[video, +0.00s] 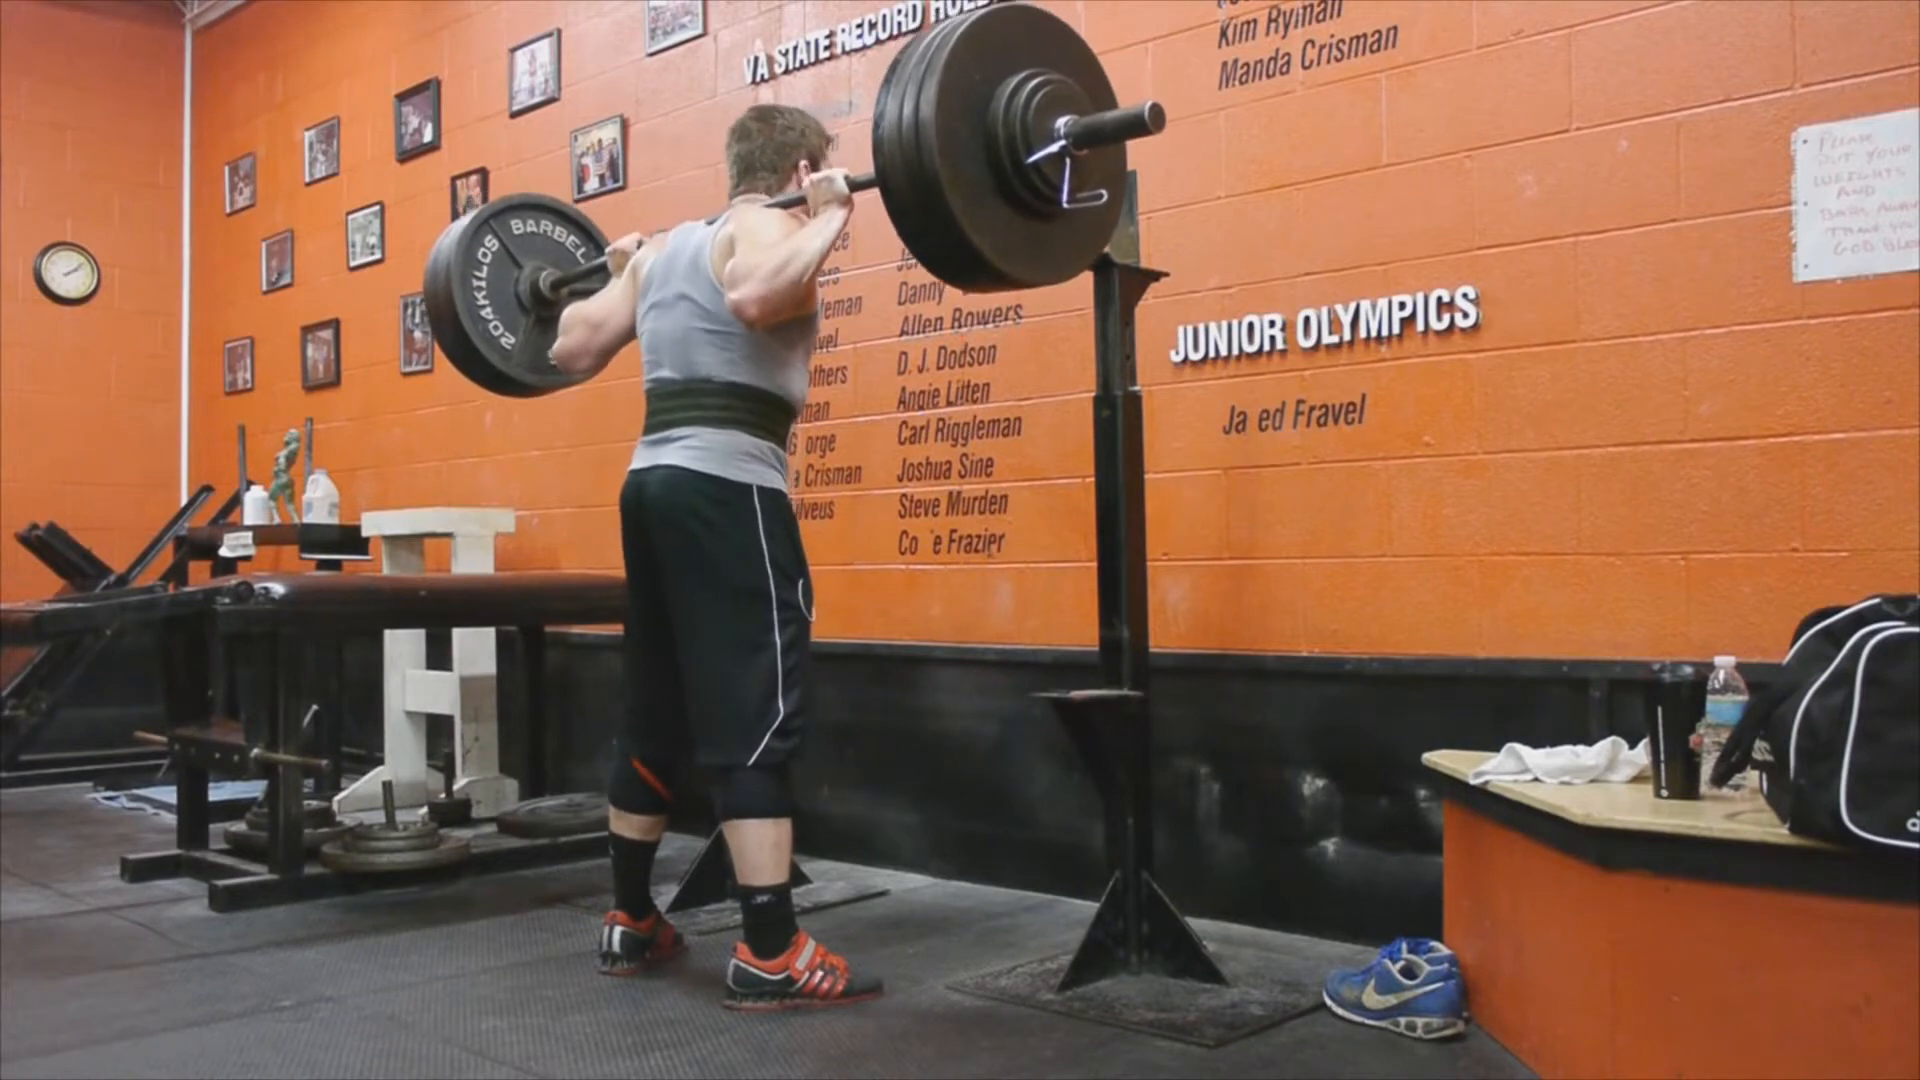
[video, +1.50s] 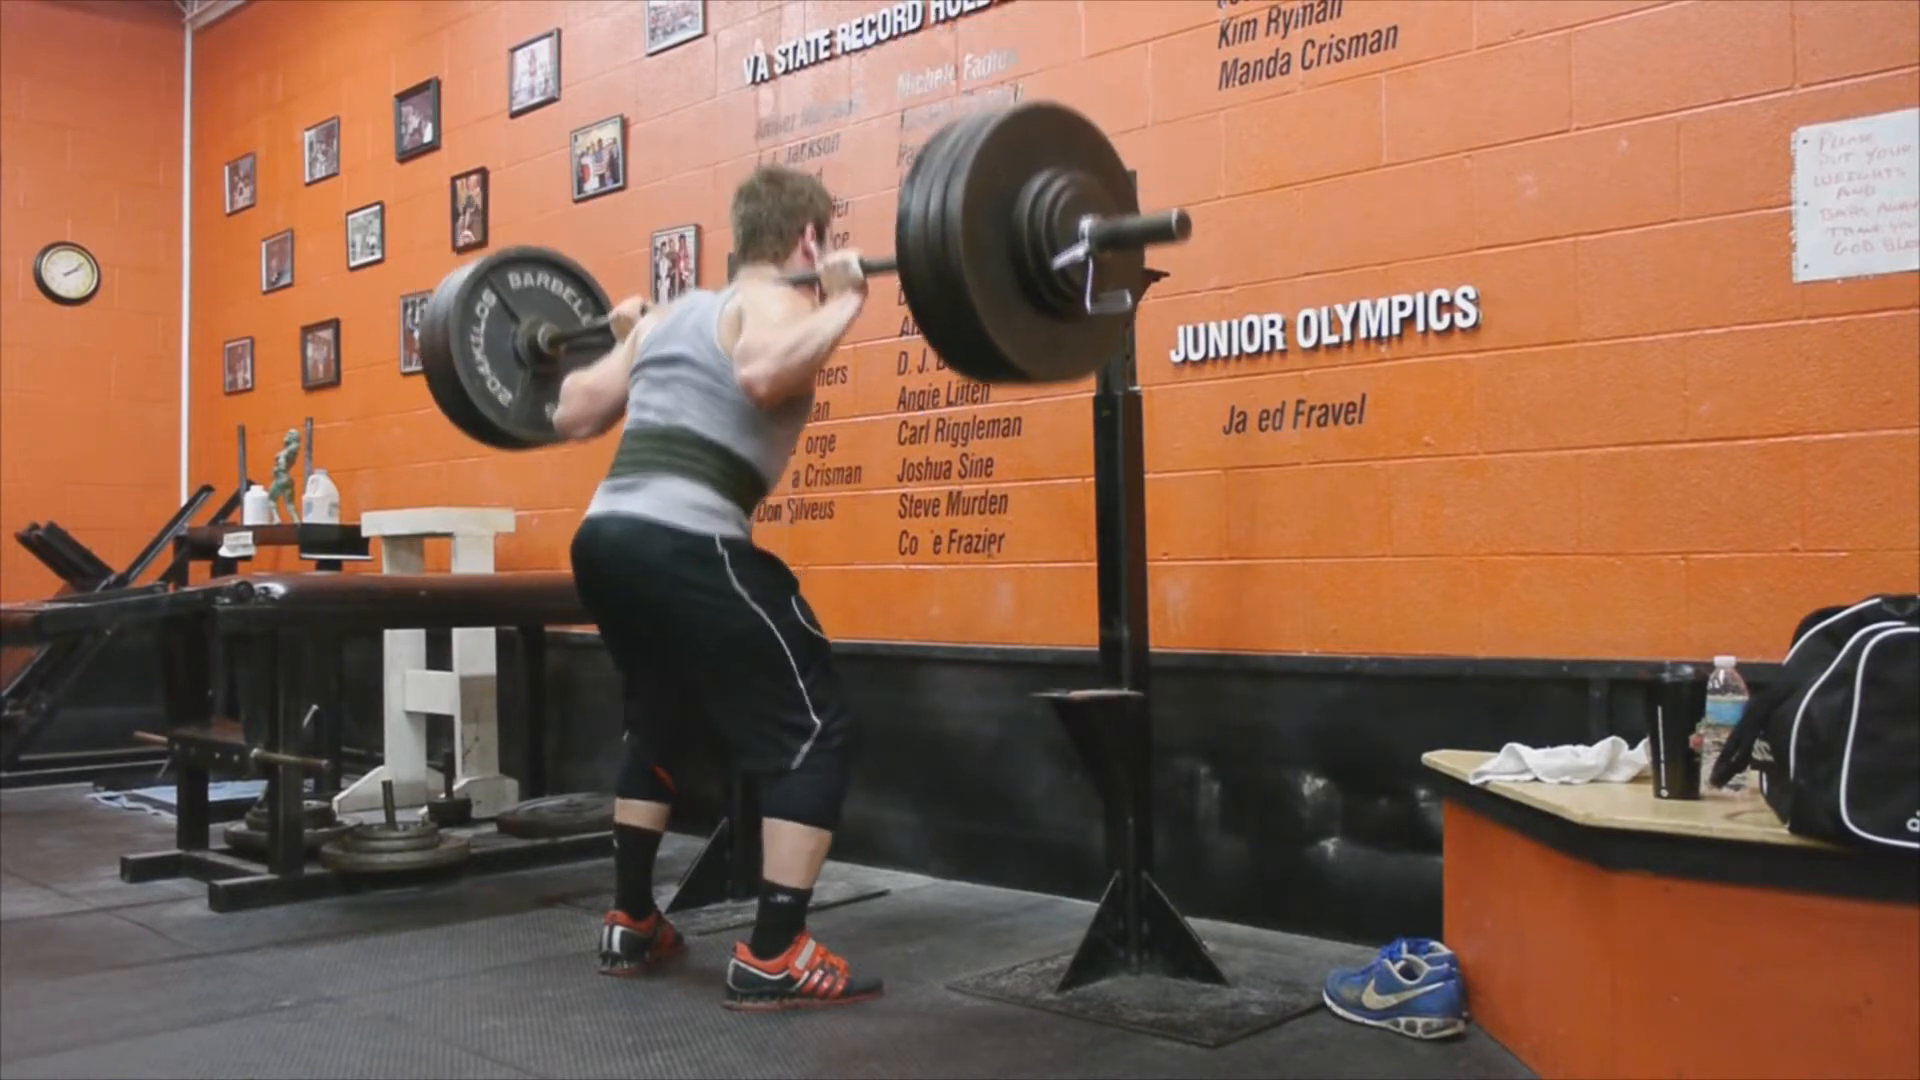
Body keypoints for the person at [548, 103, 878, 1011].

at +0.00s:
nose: (829, 196)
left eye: (830, 180)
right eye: (828, 179)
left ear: (736, 176)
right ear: (801, 173)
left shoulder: (664, 251)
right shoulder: (771, 223)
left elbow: (568, 350)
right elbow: (754, 298)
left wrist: (612, 272)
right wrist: (831, 221)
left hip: (652, 486)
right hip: (728, 487)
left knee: (657, 708)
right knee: (755, 715)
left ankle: (631, 920)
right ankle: (770, 946)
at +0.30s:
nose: (827, 193)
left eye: (827, 177)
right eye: (825, 177)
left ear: (733, 176)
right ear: (797, 172)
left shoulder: (664, 251)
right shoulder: (770, 225)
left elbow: (568, 351)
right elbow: (751, 298)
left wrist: (613, 273)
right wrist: (830, 223)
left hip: (653, 485)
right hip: (726, 487)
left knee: (659, 707)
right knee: (756, 713)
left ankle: (631, 920)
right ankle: (770, 946)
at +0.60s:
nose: (825, 192)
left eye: (825, 175)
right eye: (823, 176)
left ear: (736, 175)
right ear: (799, 171)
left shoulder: (665, 252)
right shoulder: (774, 227)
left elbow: (566, 349)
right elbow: (752, 301)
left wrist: (610, 273)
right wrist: (834, 227)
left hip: (653, 485)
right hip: (729, 487)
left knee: (658, 709)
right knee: (756, 714)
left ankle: (631, 920)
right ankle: (770, 946)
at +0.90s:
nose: (824, 189)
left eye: (823, 174)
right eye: (822, 174)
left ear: (735, 172)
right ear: (799, 169)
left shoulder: (663, 252)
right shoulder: (772, 226)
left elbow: (565, 349)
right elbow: (754, 304)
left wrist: (608, 273)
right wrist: (833, 228)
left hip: (652, 485)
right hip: (729, 487)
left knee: (659, 709)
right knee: (757, 713)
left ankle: (631, 920)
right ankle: (770, 947)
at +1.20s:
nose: (826, 196)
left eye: (824, 181)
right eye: (824, 182)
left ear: (737, 179)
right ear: (803, 177)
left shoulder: (666, 257)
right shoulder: (775, 235)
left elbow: (566, 357)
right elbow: (755, 311)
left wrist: (609, 279)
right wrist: (837, 237)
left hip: (633, 492)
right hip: (713, 495)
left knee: (653, 708)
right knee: (772, 710)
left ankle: (631, 920)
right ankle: (771, 947)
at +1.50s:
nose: (830, 255)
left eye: (831, 242)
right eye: (828, 242)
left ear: (741, 241)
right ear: (806, 240)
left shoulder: (671, 314)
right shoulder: (777, 301)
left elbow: (572, 412)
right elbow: (762, 373)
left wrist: (618, 336)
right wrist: (845, 300)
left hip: (607, 538)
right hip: (691, 543)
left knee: (659, 716)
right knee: (815, 725)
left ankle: (632, 921)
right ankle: (775, 948)